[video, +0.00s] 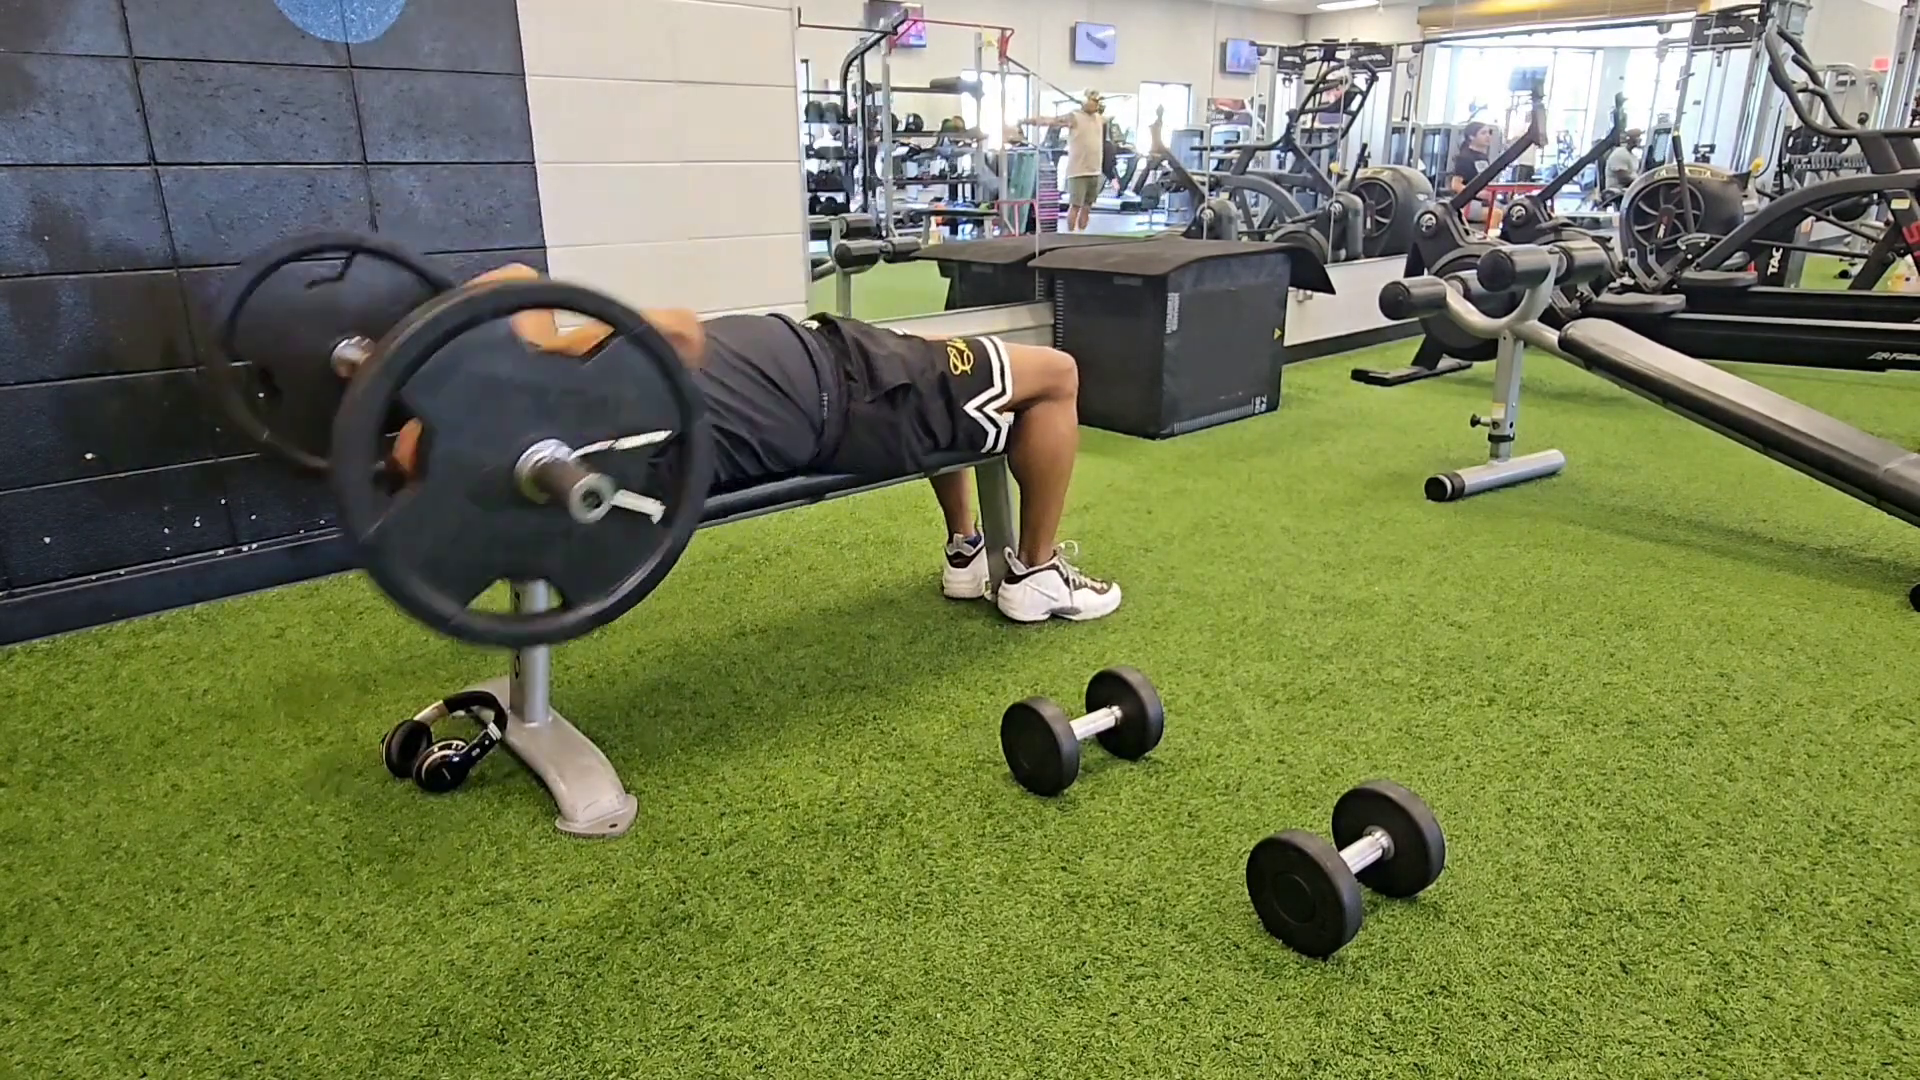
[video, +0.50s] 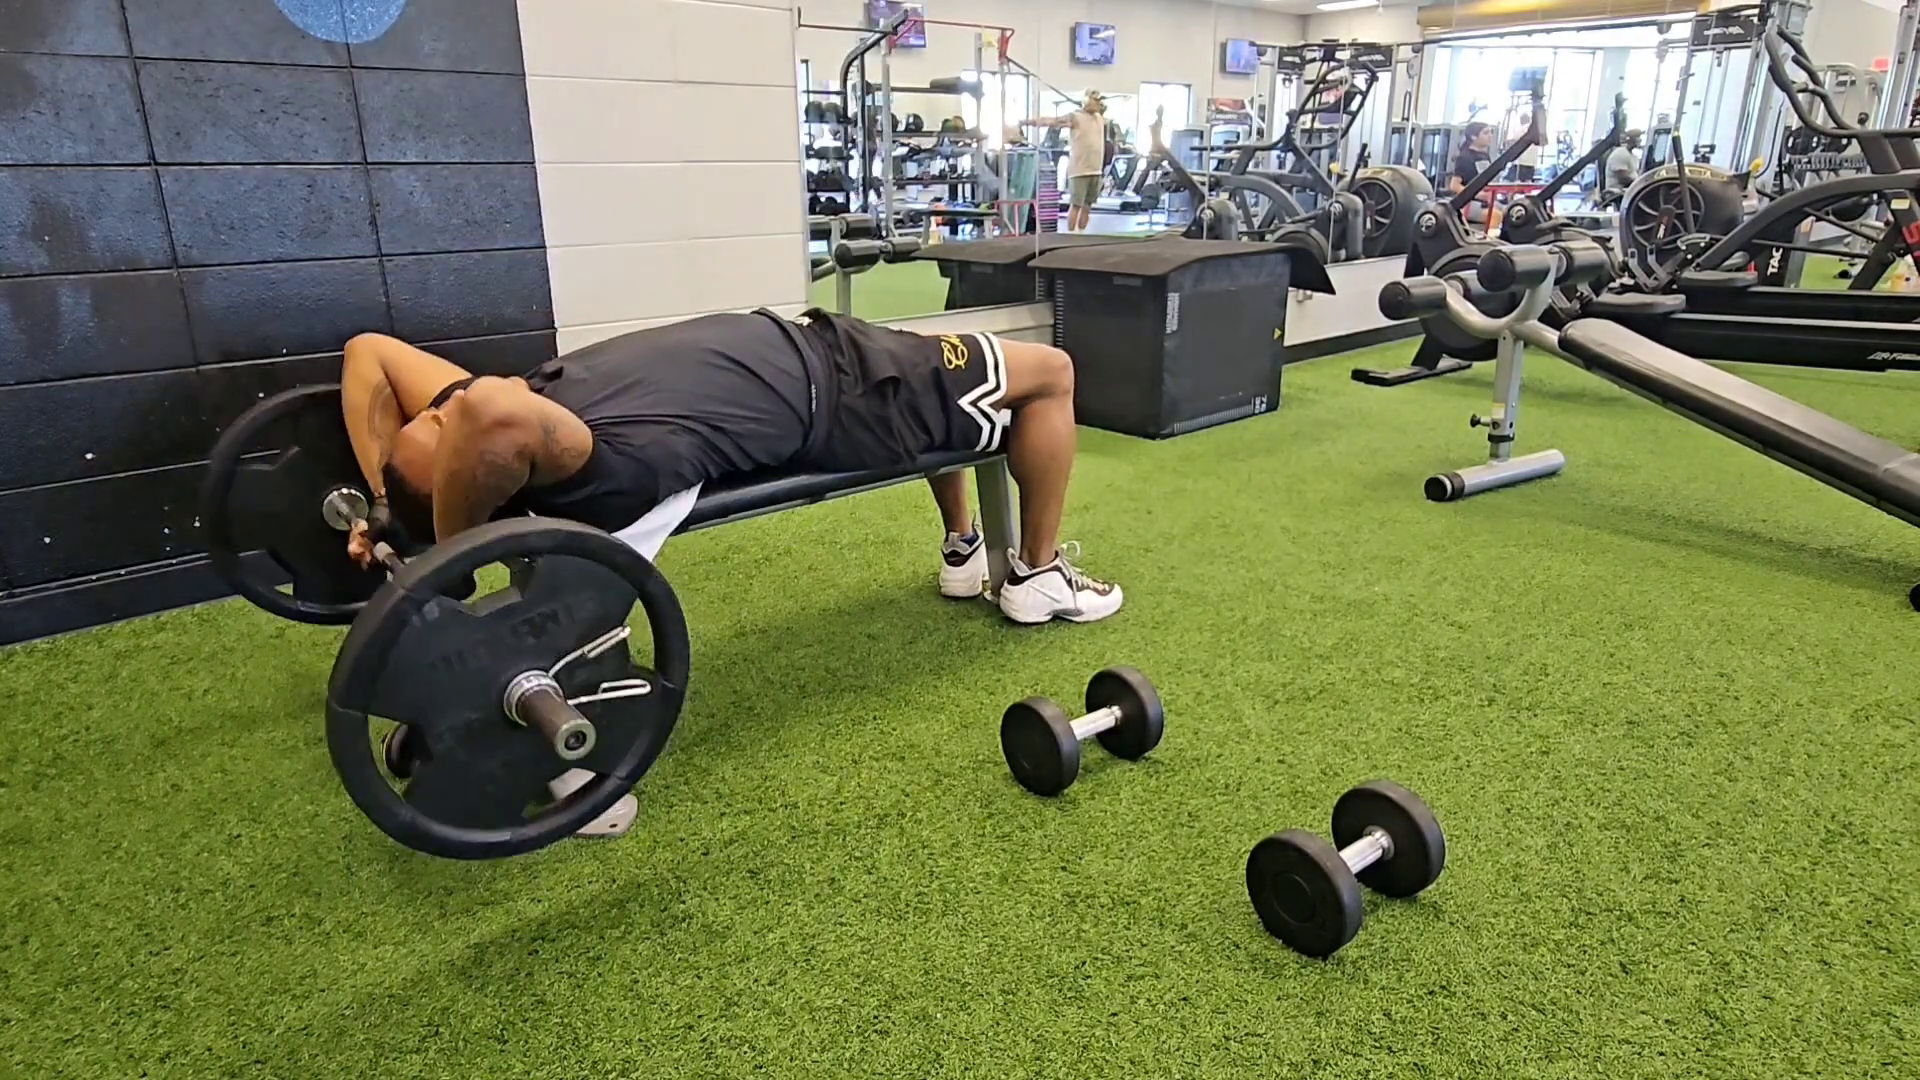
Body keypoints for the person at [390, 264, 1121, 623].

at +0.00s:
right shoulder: (545, 415)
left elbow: (516, 271)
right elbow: (686, 332)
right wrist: (556, 324)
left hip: (788, 351)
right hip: (829, 395)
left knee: (942, 354)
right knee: (1055, 374)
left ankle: (968, 550)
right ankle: (1041, 573)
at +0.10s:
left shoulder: (434, 426)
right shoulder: (533, 472)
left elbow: (466, 286)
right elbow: (609, 328)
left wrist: (378, 402)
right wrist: (484, 401)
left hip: (773, 345)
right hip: (821, 390)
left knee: (935, 353)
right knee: (1053, 374)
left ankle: (966, 549)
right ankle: (1041, 572)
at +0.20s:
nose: (459, 386)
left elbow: (412, 302)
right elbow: (551, 349)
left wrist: (372, 435)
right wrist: (411, 440)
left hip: (772, 340)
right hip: (833, 389)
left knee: (927, 356)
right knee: (1051, 373)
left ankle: (965, 546)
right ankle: (1035, 571)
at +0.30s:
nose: (429, 409)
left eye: (415, 425)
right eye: (434, 431)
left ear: (406, 445)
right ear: (476, 478)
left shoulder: (459, 423)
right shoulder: (580, 461)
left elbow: (377, 329)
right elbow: (517, 375)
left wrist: (368, 460)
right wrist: (417, 485)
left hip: (772, 340)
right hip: (827, 382)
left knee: (926, 344)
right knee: (1048, 372)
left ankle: (967, 545)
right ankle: (1039, 574)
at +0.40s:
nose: (452, 400)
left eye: (440, 411)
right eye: (452, 419)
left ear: (421, 469)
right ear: (493, 469)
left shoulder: (496, 422)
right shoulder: (597, 468)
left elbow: (369, 353)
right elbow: (501, 412)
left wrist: (384, 494)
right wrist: (428, 524)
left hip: (779, 341)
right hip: (837, 384)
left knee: (930, 343)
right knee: (1050, 372)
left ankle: (966, 546)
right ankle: (1038, 574)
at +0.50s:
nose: (446, 397)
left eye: (430, 412)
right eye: (444, 421)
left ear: (426, 467)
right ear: (483, 470)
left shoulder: (495, 417)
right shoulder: (595, 464)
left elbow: (368, 347)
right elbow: (491, 412)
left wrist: (378, 485)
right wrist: (437, 551)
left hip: (780, 340)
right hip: (836, 382)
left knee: (930, 342)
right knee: (1049, 372)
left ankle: (966, 547)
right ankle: (1037, 574)